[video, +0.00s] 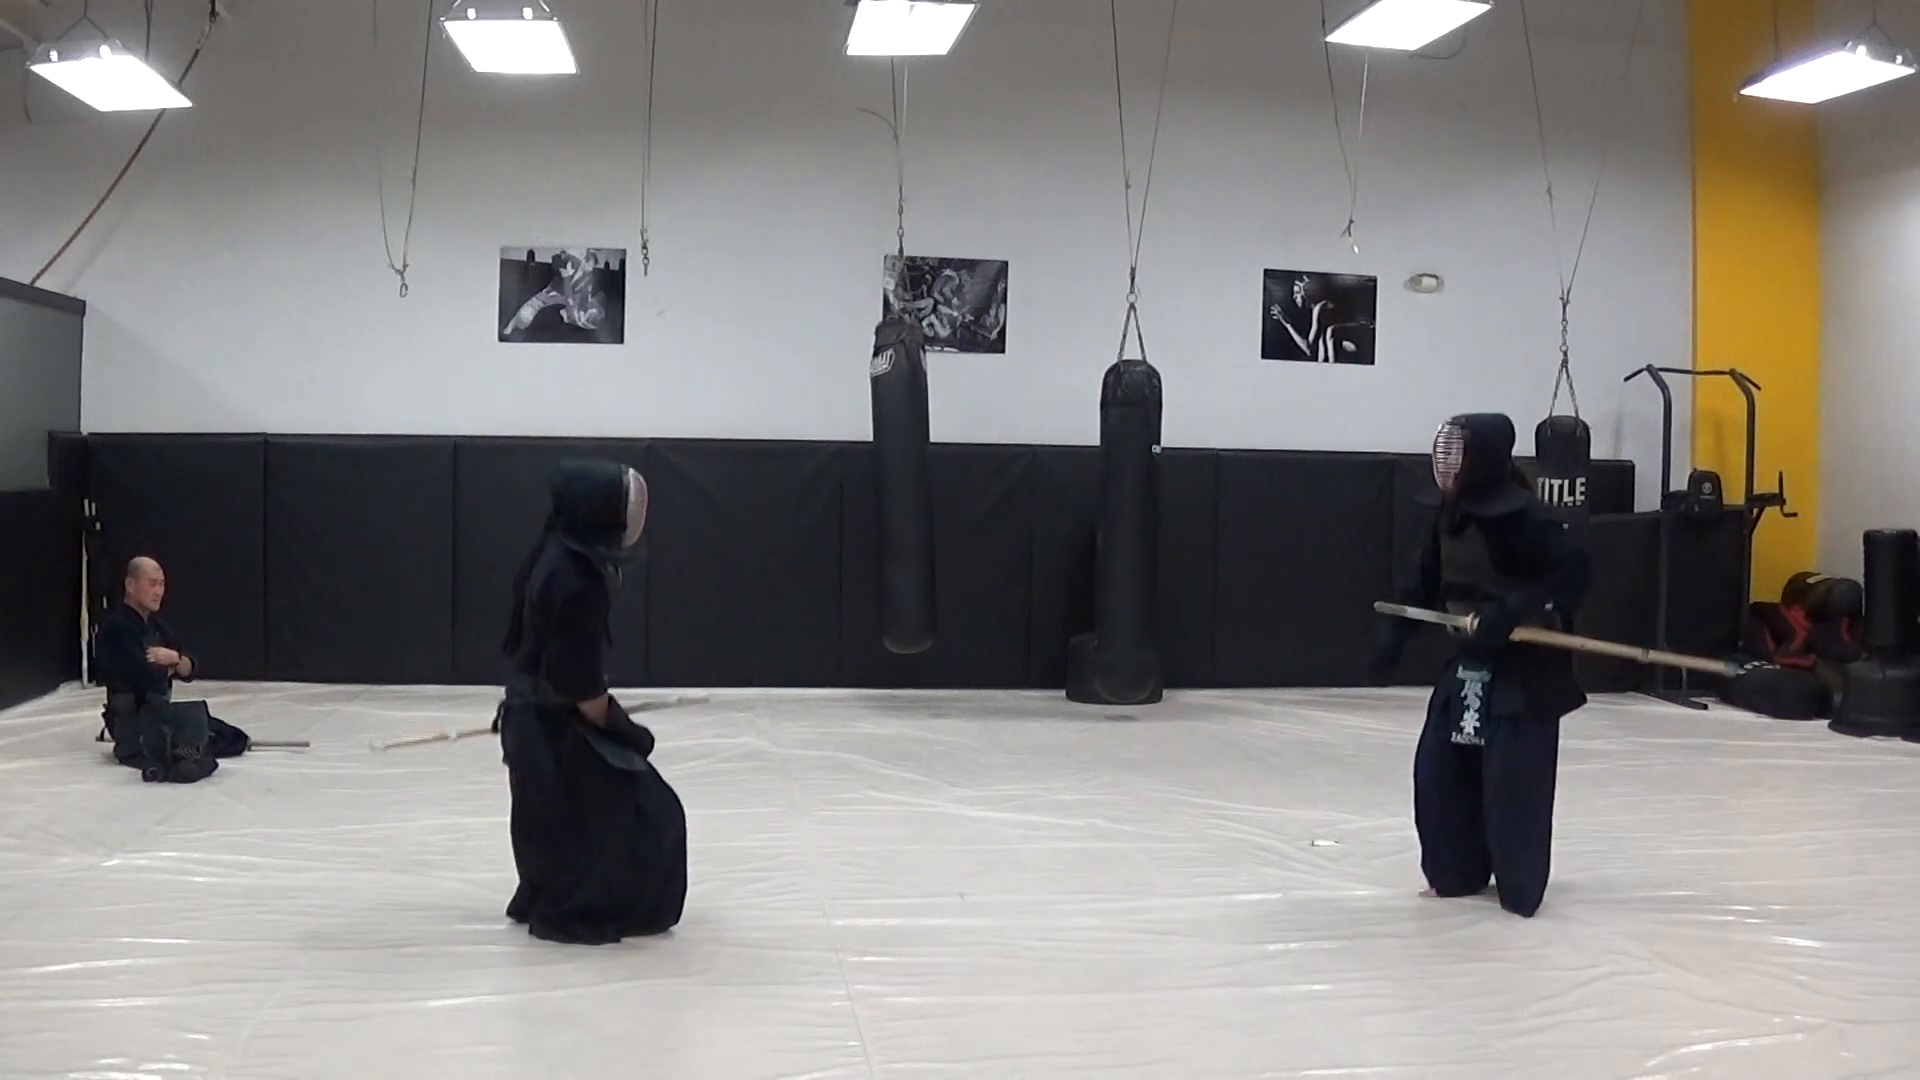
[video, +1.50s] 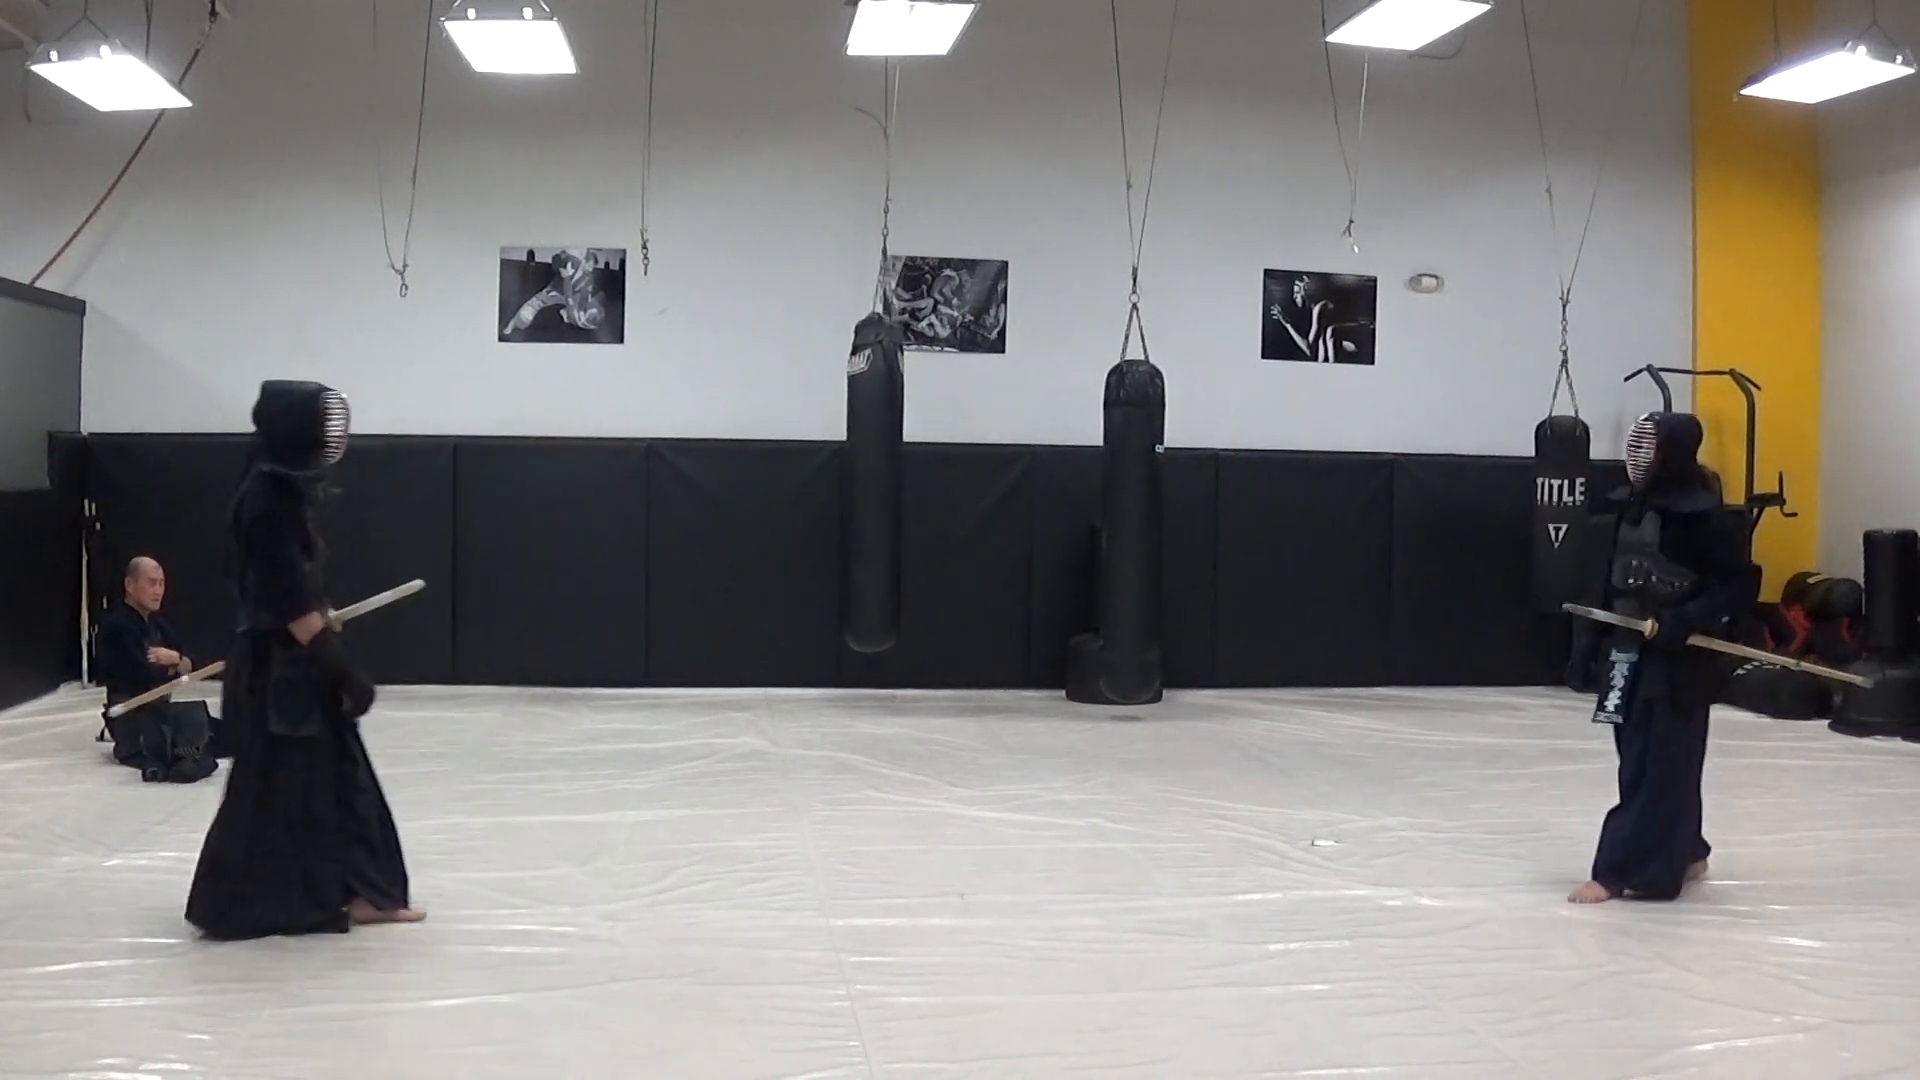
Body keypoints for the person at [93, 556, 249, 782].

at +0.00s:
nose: (159, 591)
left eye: (162, 584)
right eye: (153, 583)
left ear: (165, 587)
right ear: (130, 585)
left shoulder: (156, 623)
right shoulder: (116, 626)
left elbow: (190, 671)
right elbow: (144, 680)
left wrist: (175, 658)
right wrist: (172, 666)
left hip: (161, 718)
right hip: (130, 726)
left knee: (236, 740)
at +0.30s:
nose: (159, 591)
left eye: (161, 584)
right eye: (152, 583)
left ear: (165, 586)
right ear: (130, 585)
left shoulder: (157, 623)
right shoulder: (116, 625)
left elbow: (190, 670)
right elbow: (144, 678)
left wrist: (175, 658)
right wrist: (173, 667)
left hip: (161, 716)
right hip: (130, 724)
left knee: (236, 740)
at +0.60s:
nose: (158, 590)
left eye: (161, 583)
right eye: (151, 582)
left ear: (164, 586)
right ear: (129, 585)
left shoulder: (156, 623)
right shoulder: (116, 626)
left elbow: (191, 671)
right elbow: (148, 681)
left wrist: (176, 658)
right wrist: (174, 667)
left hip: (160, 719)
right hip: (130, 727)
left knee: (236, 741)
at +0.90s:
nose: (158, 590)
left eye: (161, 584)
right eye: (151, 583)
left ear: (165, 586)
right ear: (129, 585)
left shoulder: (157, 623)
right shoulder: (116, 625)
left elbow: (190, 671)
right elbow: (146, 679)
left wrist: (176, 658)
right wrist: (173, 666)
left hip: (162, 717)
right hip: (130, 725)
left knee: (236, 740)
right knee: (201, 759)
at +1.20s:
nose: (158, 590)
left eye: (161, 583)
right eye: (151, 582)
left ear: (164, 586)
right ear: (129, 585)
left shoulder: (156, 623)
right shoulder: (116, 626)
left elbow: (191, 670)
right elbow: (147, 681)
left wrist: (176, 658)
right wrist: (173, 667)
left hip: (161, 719)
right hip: (130, 727)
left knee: (236, 740)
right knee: (200, 760)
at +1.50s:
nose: (159, 590)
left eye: (161, 584)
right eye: (152, 582)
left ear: (165, 586)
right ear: (129, 585)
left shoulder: (158, 622)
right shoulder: (117, 624)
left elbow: (190, 667)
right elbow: (142, 676)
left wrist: (175, 658)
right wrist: (175, 669)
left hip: (162, 711)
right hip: (130, 718)